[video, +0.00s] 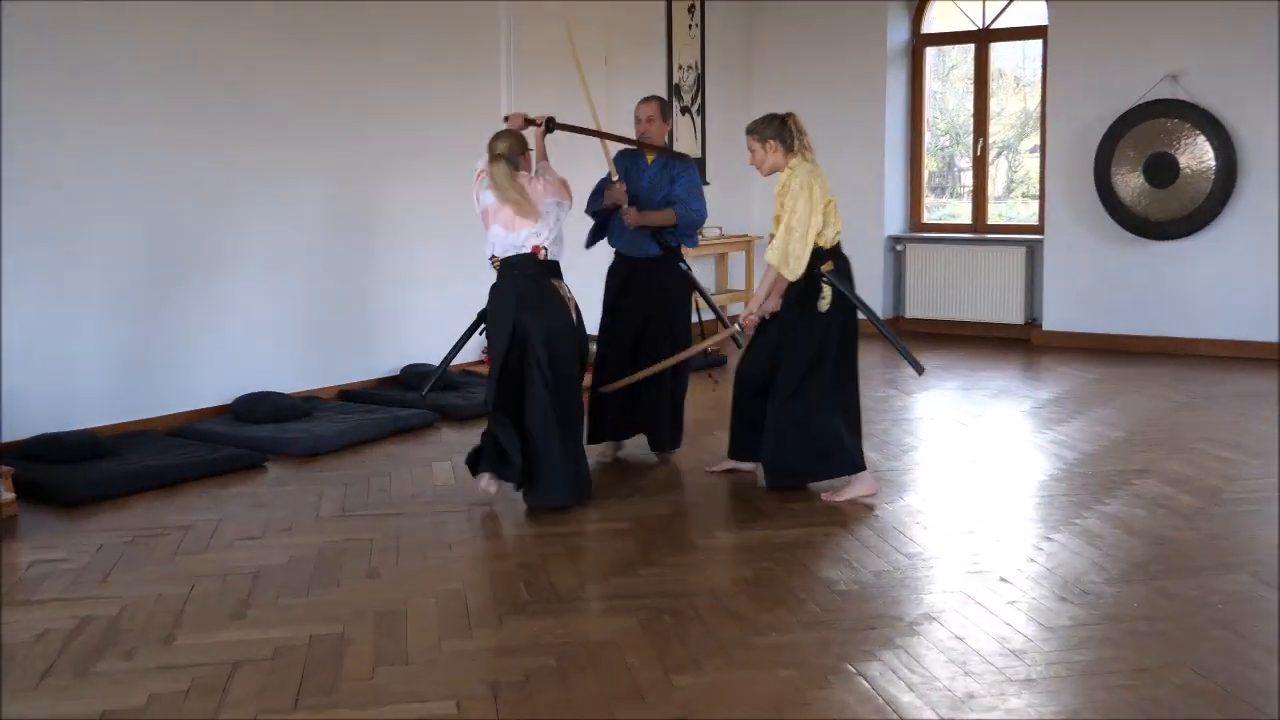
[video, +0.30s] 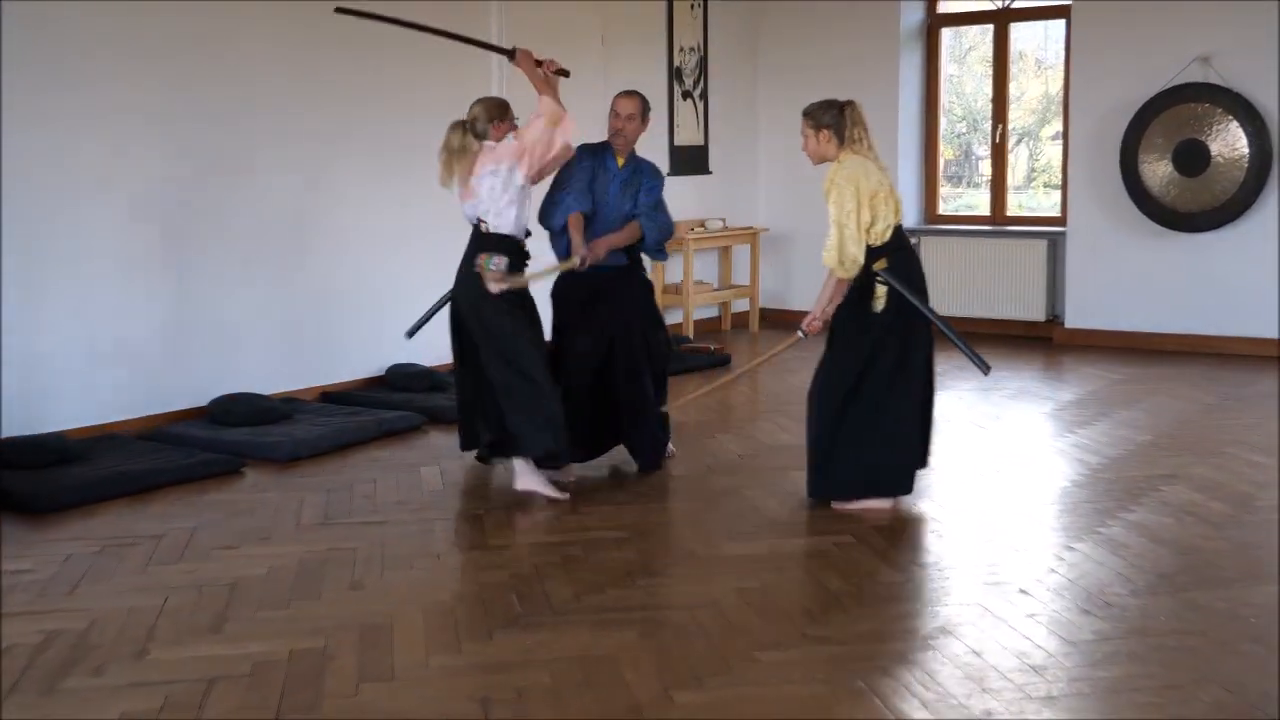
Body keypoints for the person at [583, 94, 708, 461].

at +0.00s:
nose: (642, 126)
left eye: (650, 120)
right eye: (638, 121)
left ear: (667, 125)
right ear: (634, 125)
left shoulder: (682, 166)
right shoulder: (624, 162)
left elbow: (694, 214)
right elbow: (593, 204)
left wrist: (646, 217)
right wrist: (609, 196)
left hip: (665, 271)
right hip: (624, 269)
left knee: (665, 352)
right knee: (616, 348)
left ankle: (663, 440)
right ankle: (614, 434)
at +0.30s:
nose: (619, 124)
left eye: (629, 118)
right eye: (615, 116)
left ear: (644, 125)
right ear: (608, 118)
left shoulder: (648, 174)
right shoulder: (584, 158)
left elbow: (649, 224)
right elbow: (572, 203)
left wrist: (608, 243)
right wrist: (578, 243)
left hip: (625, 278)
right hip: (580, 277)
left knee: (644, 356)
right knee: (575, 362)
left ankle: (650, 444)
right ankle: (560, 451)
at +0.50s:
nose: (600, 126)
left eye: (609, 120)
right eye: (595, 117)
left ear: (623, 125)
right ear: (585, 117)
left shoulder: (630, 171)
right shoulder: (563, 161)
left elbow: (625, 231)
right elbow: (552, 220)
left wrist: (585, 268)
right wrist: (556, 277)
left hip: (605, 278)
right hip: (558, 277)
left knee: (615, 359)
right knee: (557, 366)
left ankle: (620, 447)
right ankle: (558, 459)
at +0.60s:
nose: (591, 128)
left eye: (601, 121)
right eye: (585, 119)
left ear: (614, 125)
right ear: (575, 119)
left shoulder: (621, 167)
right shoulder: (552, 161)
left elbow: (619, 228)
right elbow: (545, 223)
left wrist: (581, 273)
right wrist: (550, 283)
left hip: (599, 276)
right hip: (552, 277)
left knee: (606, 360)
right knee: (553, 367)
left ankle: (606, 449)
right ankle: (556, 460)